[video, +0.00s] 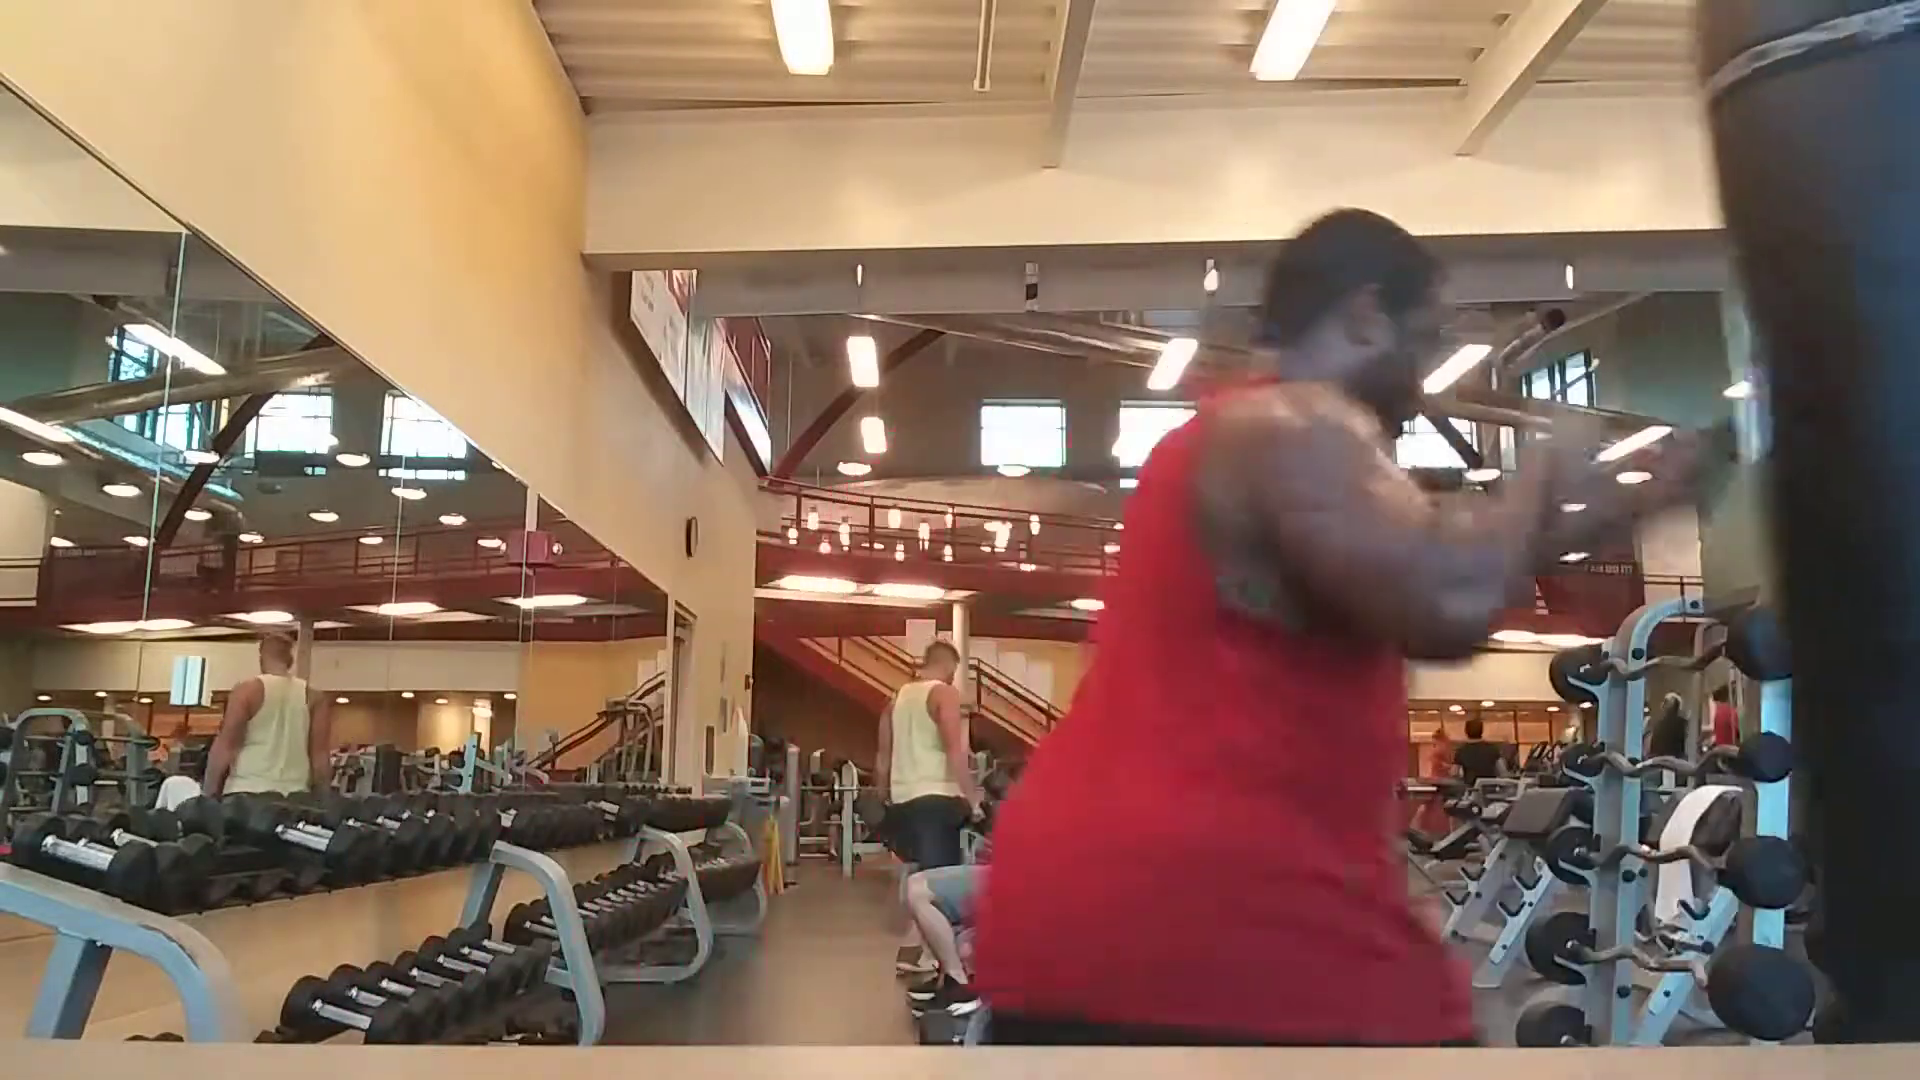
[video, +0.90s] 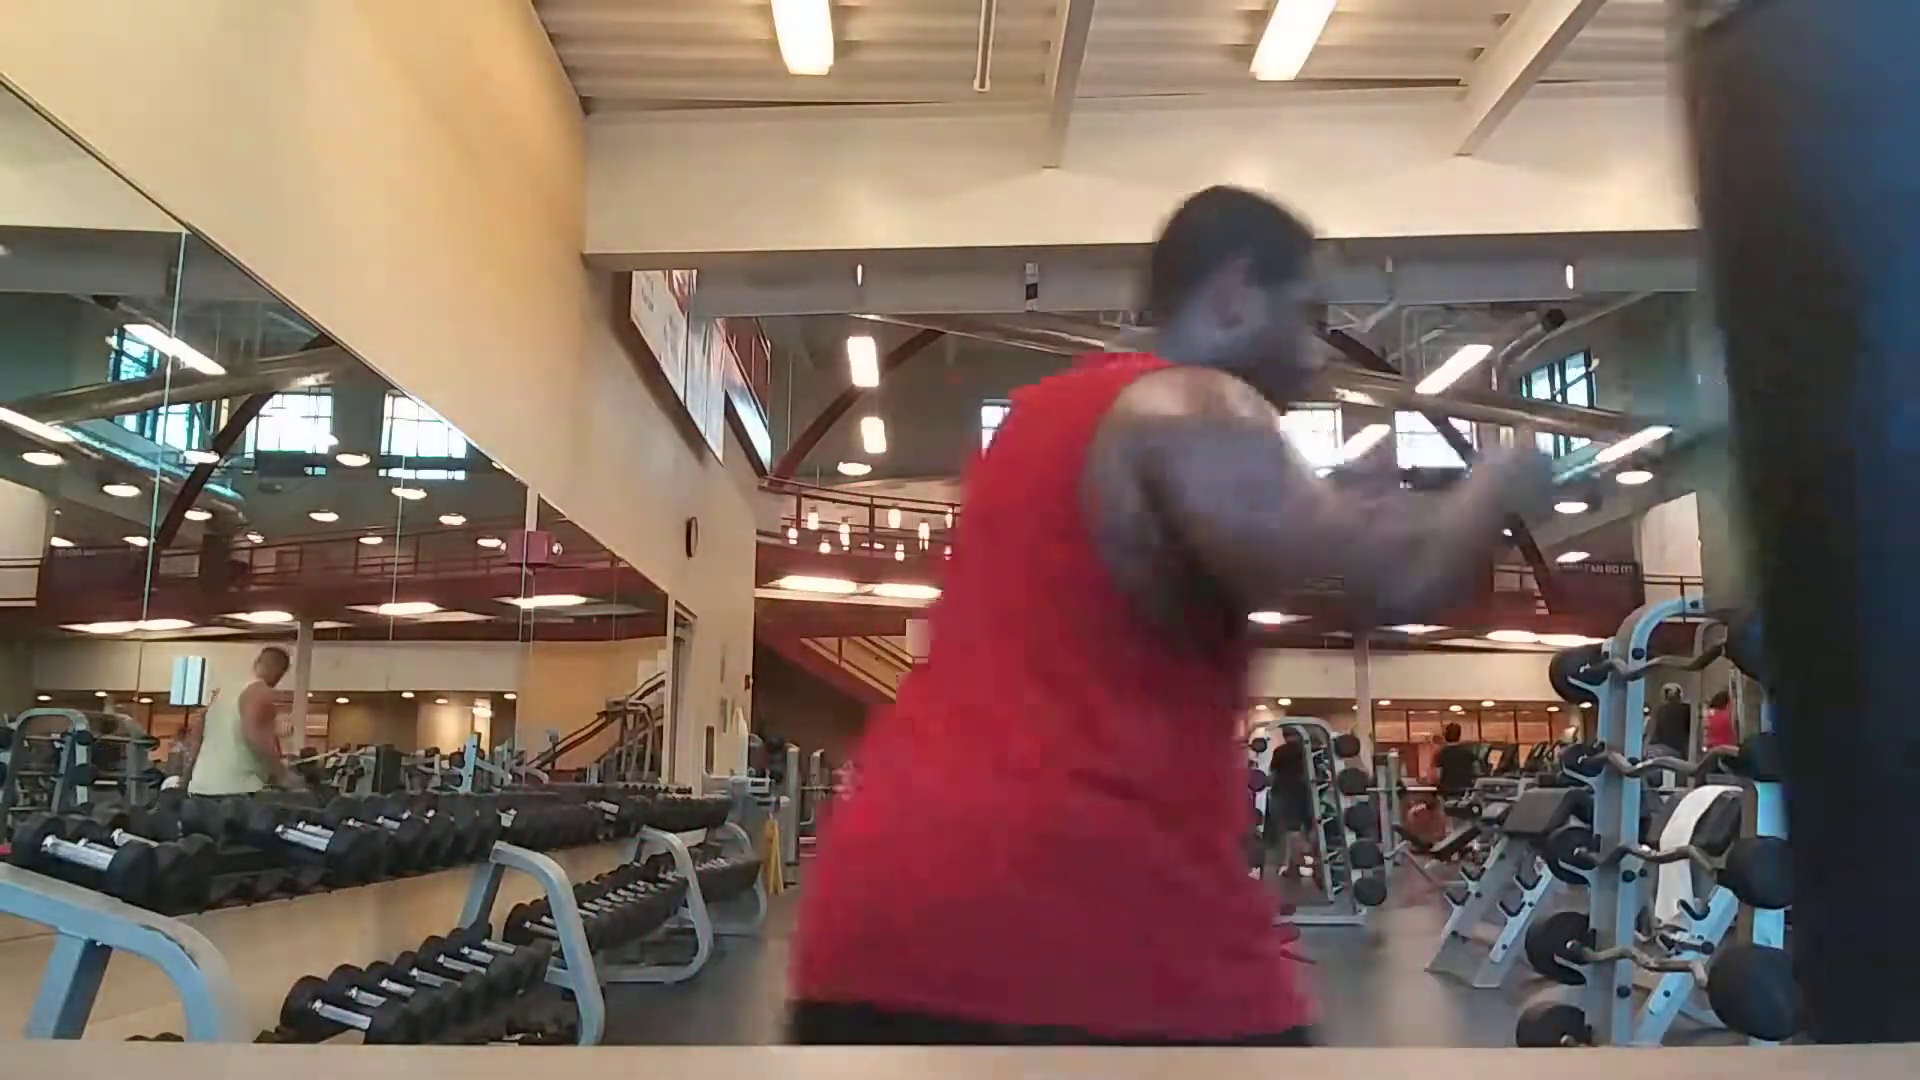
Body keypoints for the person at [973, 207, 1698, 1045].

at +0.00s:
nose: (1429, 370)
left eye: (1434, 345)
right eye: (1425, 338)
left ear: (1293, 319)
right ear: (1365, 316)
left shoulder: (1211, 434)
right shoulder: (1293, 427)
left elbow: (1444, 545)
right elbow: (1444, 606)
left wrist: (1611, 506)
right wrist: (1537, 471)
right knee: (1431, 1038)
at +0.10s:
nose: (1472, 389)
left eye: (1478, 363)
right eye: (1472, 356)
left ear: (1318, 340)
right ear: (1415, 328)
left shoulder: (1193, 453)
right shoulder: (1378, 429)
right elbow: (1516, 589)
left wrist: (1543, 525)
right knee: (1546, 1057)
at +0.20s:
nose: (1484, 429)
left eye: (1491, 408)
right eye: (1485, 403)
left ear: (1337, 376)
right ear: (1438, 375)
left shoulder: (1193, 505)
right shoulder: (1434, 492)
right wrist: (1721, 640)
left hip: (1139, 940)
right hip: (1377, 930)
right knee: (1566, 1040)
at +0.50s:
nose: (1489, 389)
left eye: (1492, 357)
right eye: (1481, 351)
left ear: (1328, 341)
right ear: (1411, 334)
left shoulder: (1199, 468)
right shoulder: (1395, 462)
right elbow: (1568, 672)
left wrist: (1509, 533)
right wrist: (1659, 598)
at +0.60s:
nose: (1461, 327)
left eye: (1468, 295)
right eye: (1457, 287)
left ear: (1304, 278)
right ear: (1383, 267)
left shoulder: (1184, 386)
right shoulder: (1375, 382)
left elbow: (1336, 458)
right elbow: (1608, 542)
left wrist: (1483, 396)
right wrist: (1660, 429)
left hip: (1046, 869)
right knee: (1452, 1065)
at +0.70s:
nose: (1427, 321)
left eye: (1432, 290)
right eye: (1423, 283)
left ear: (1284, 259)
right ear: (1350, 252)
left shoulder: (1144, 377)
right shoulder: (1332, 360)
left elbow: (1310, 470)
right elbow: (1552, 524)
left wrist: (1479, 394)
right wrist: (1639, 406)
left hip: (1007, 866)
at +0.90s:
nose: (1315, 352)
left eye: (1319, 323)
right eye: (1310, 316)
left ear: (1205, 298)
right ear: (1237, 297)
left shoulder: (1040, 414)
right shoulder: (1191, 409)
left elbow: (1144, 553)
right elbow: (1407, 573)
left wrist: (1327, 502)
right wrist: (1497, 487)